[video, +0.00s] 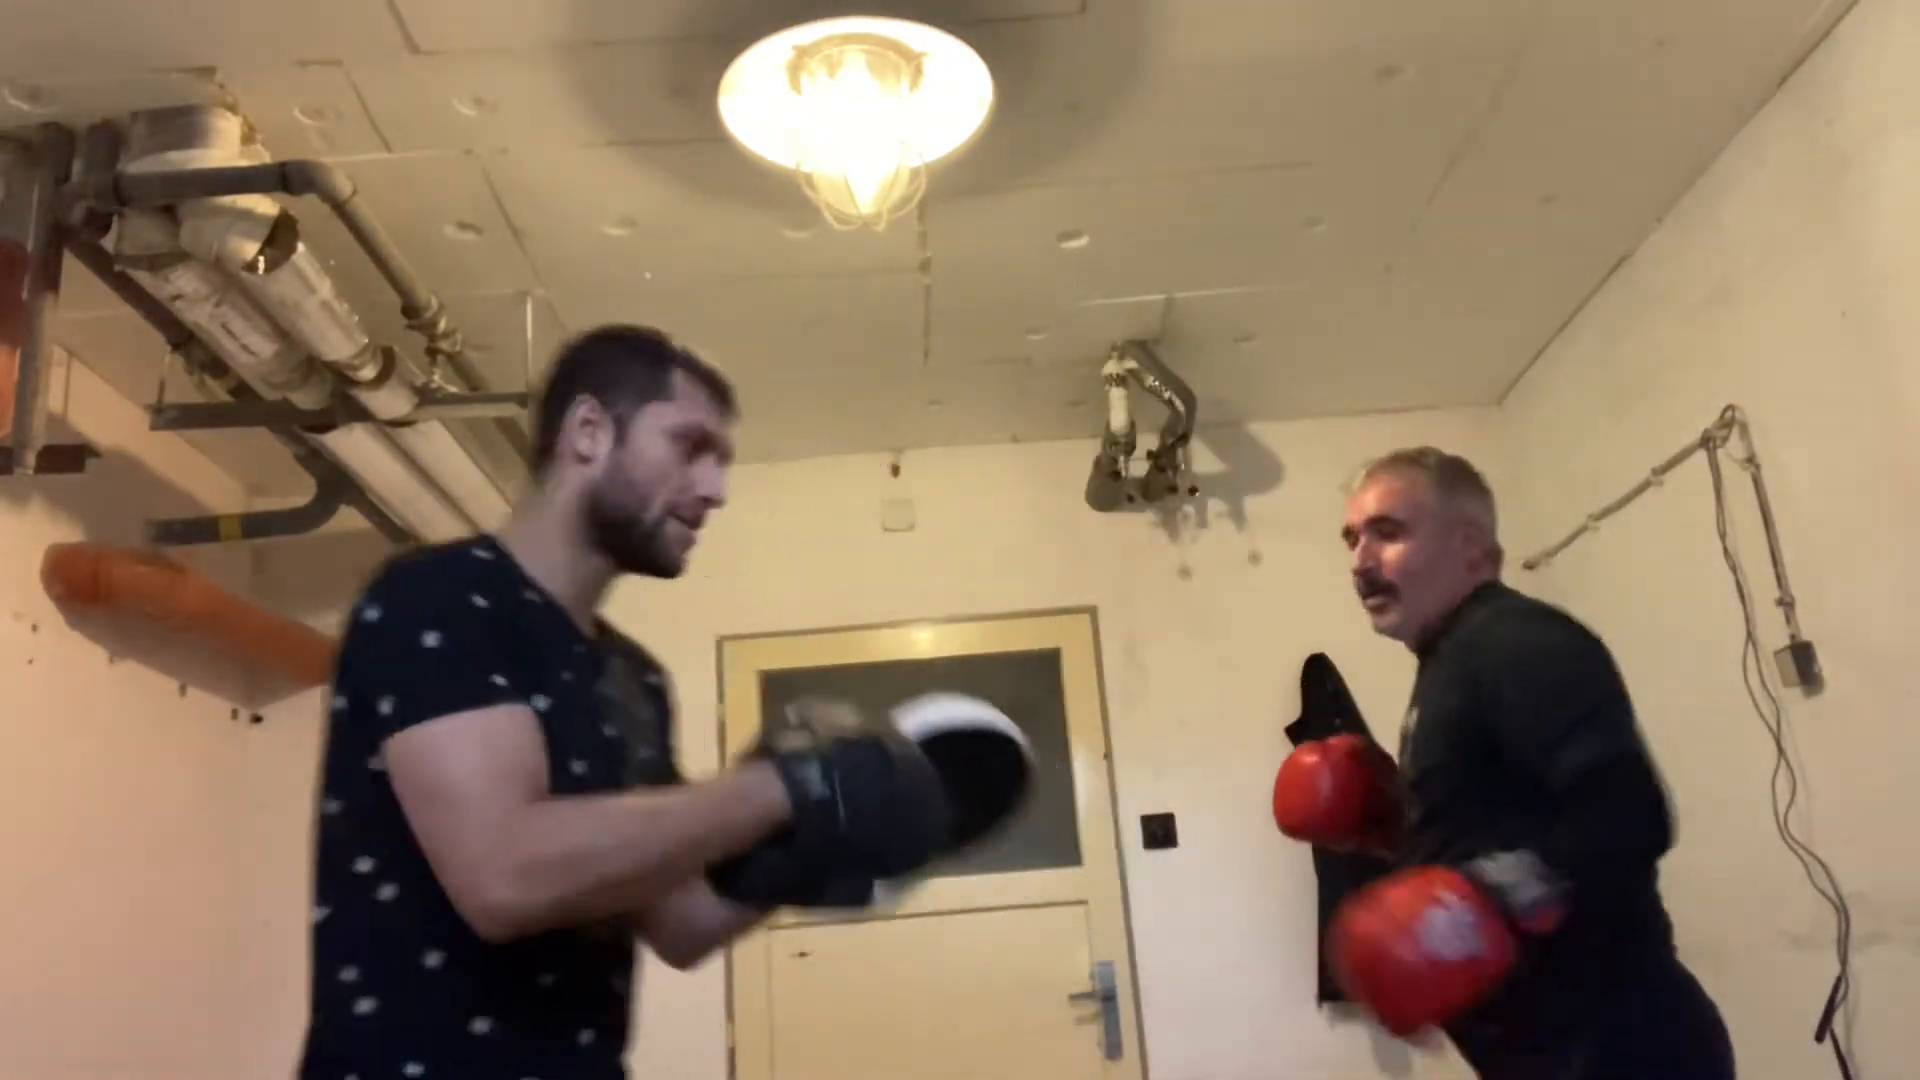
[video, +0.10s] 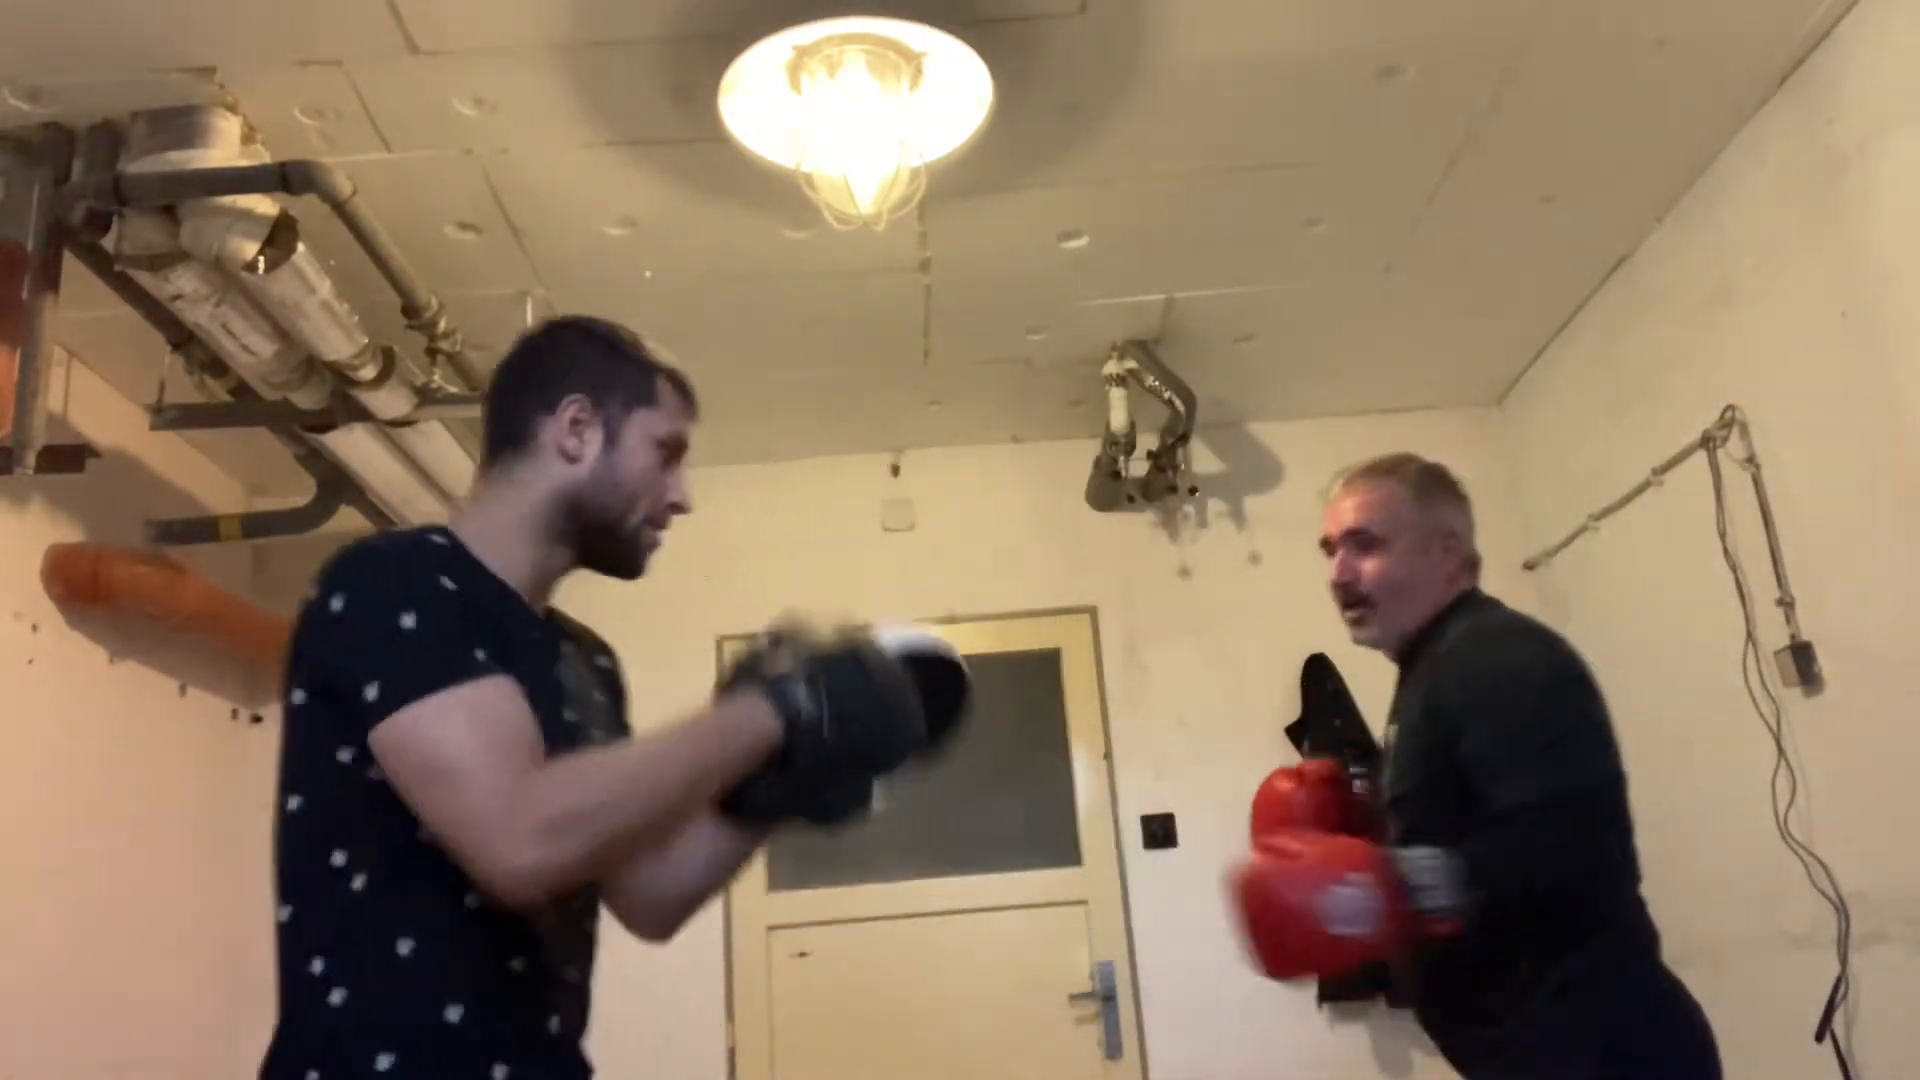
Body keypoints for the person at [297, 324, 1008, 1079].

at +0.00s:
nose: (716, 491)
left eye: (721, 463)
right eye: (691, 448)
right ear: (587, 435)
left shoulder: (632, 682)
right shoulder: (433, 602)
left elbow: (683, 928)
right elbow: (500, 876)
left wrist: (802, 845)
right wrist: (787, 787)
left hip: (572, 1060)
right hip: (415, 1058)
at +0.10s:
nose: (681, 497)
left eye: (683, 464)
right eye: (666, 453)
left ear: (578, 437)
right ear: (574, 431)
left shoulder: (581, 664)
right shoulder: (390, 588)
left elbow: (648, 898)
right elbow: (518, 842)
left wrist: (777, 776)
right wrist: (771, 710)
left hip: (538, 1057)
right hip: (381, 1055)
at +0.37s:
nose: (656, 533)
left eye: (661, 500)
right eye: (651, 492)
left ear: (575, 462)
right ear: (576, 459)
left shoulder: (496, 659)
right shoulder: (392, 585)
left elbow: (705, 798)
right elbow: (658, 721)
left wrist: (775, 615)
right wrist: (768, 531)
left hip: (529, 1050)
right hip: (398, 1053)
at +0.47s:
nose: (663, 551)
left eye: (671, 518)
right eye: (661, 508)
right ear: (591, 472)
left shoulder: (498, 659)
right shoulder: (411, 589)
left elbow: (715, 775)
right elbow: (688, 712)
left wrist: (779, 598)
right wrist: (787, 525)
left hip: (528, 1051)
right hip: (407, 1053)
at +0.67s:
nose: (641, 560)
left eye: (650, 526)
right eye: (639, 516)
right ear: (569, 480)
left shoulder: (457, 640)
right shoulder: (395, 595)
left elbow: (685, 767)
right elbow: (672, 724)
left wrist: (761, 606)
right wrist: (774, 533)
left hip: (486, 1051)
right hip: (389, 1053)